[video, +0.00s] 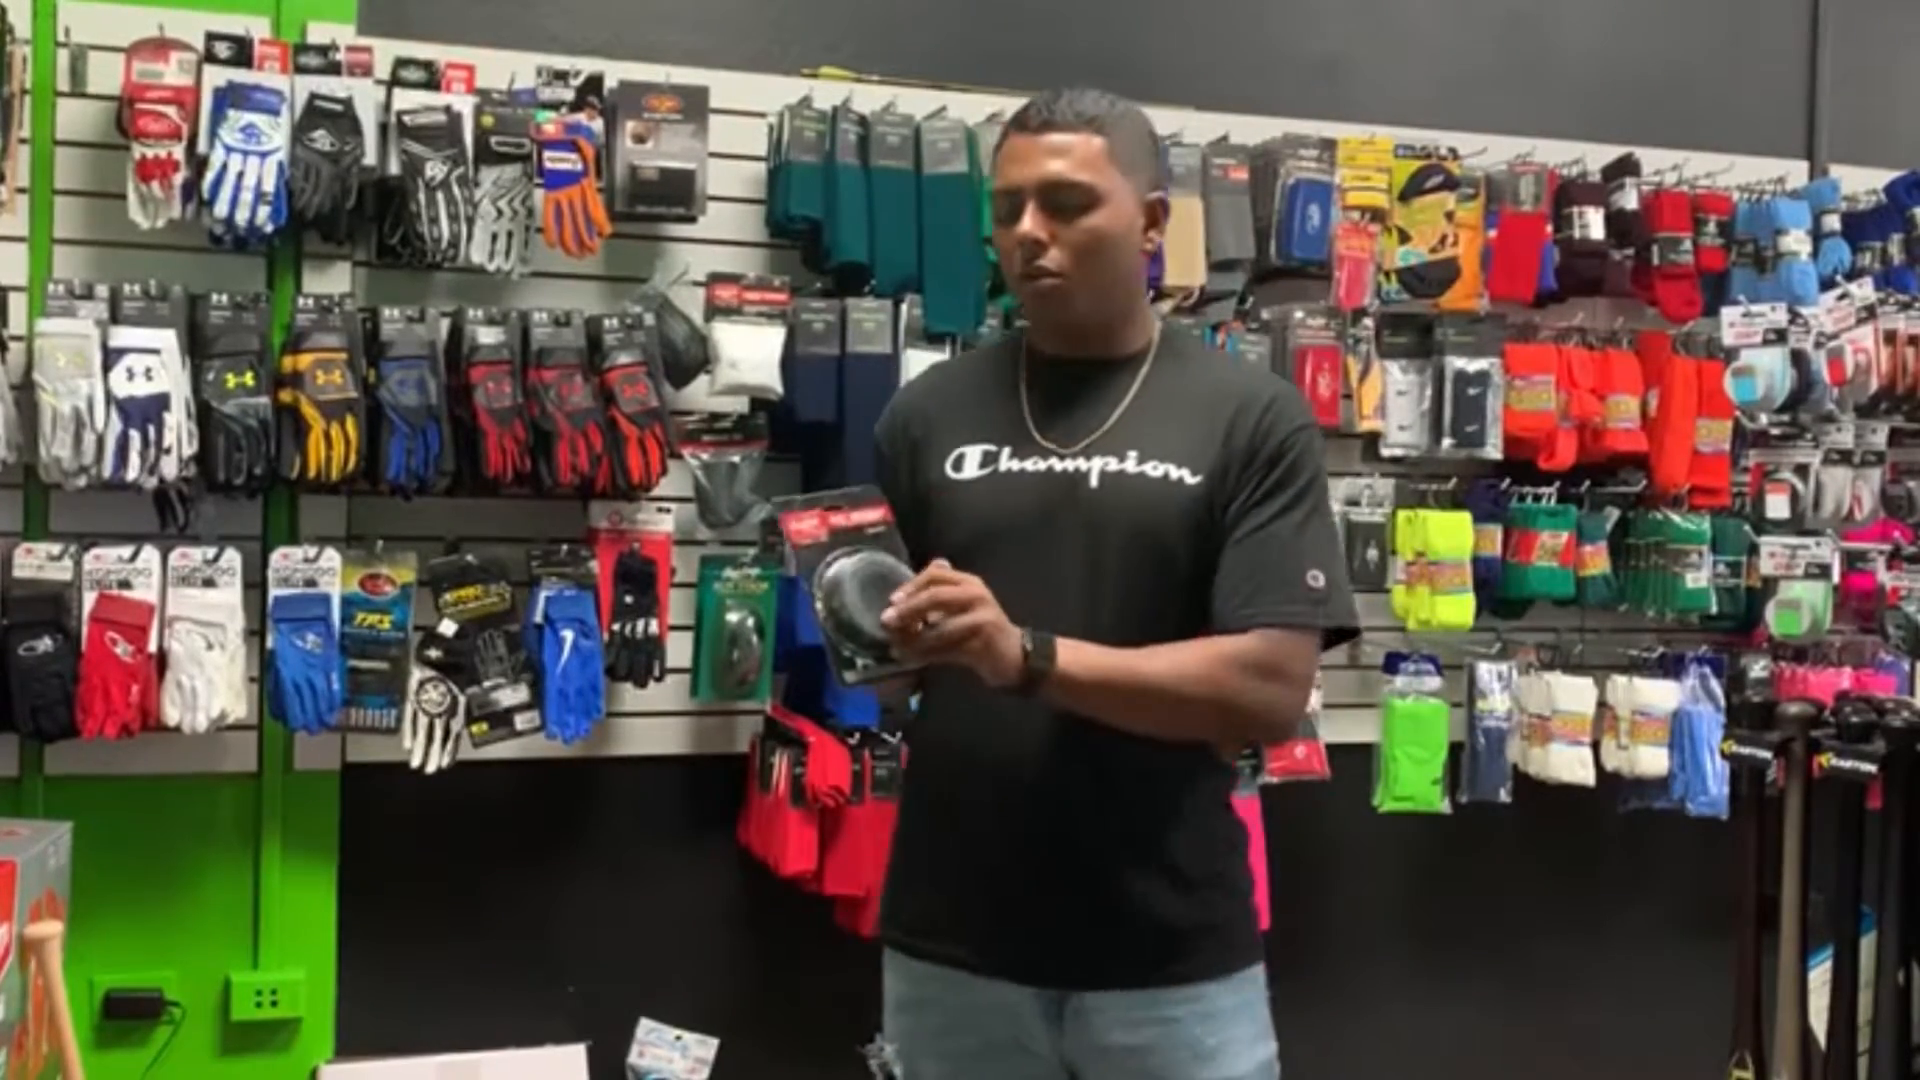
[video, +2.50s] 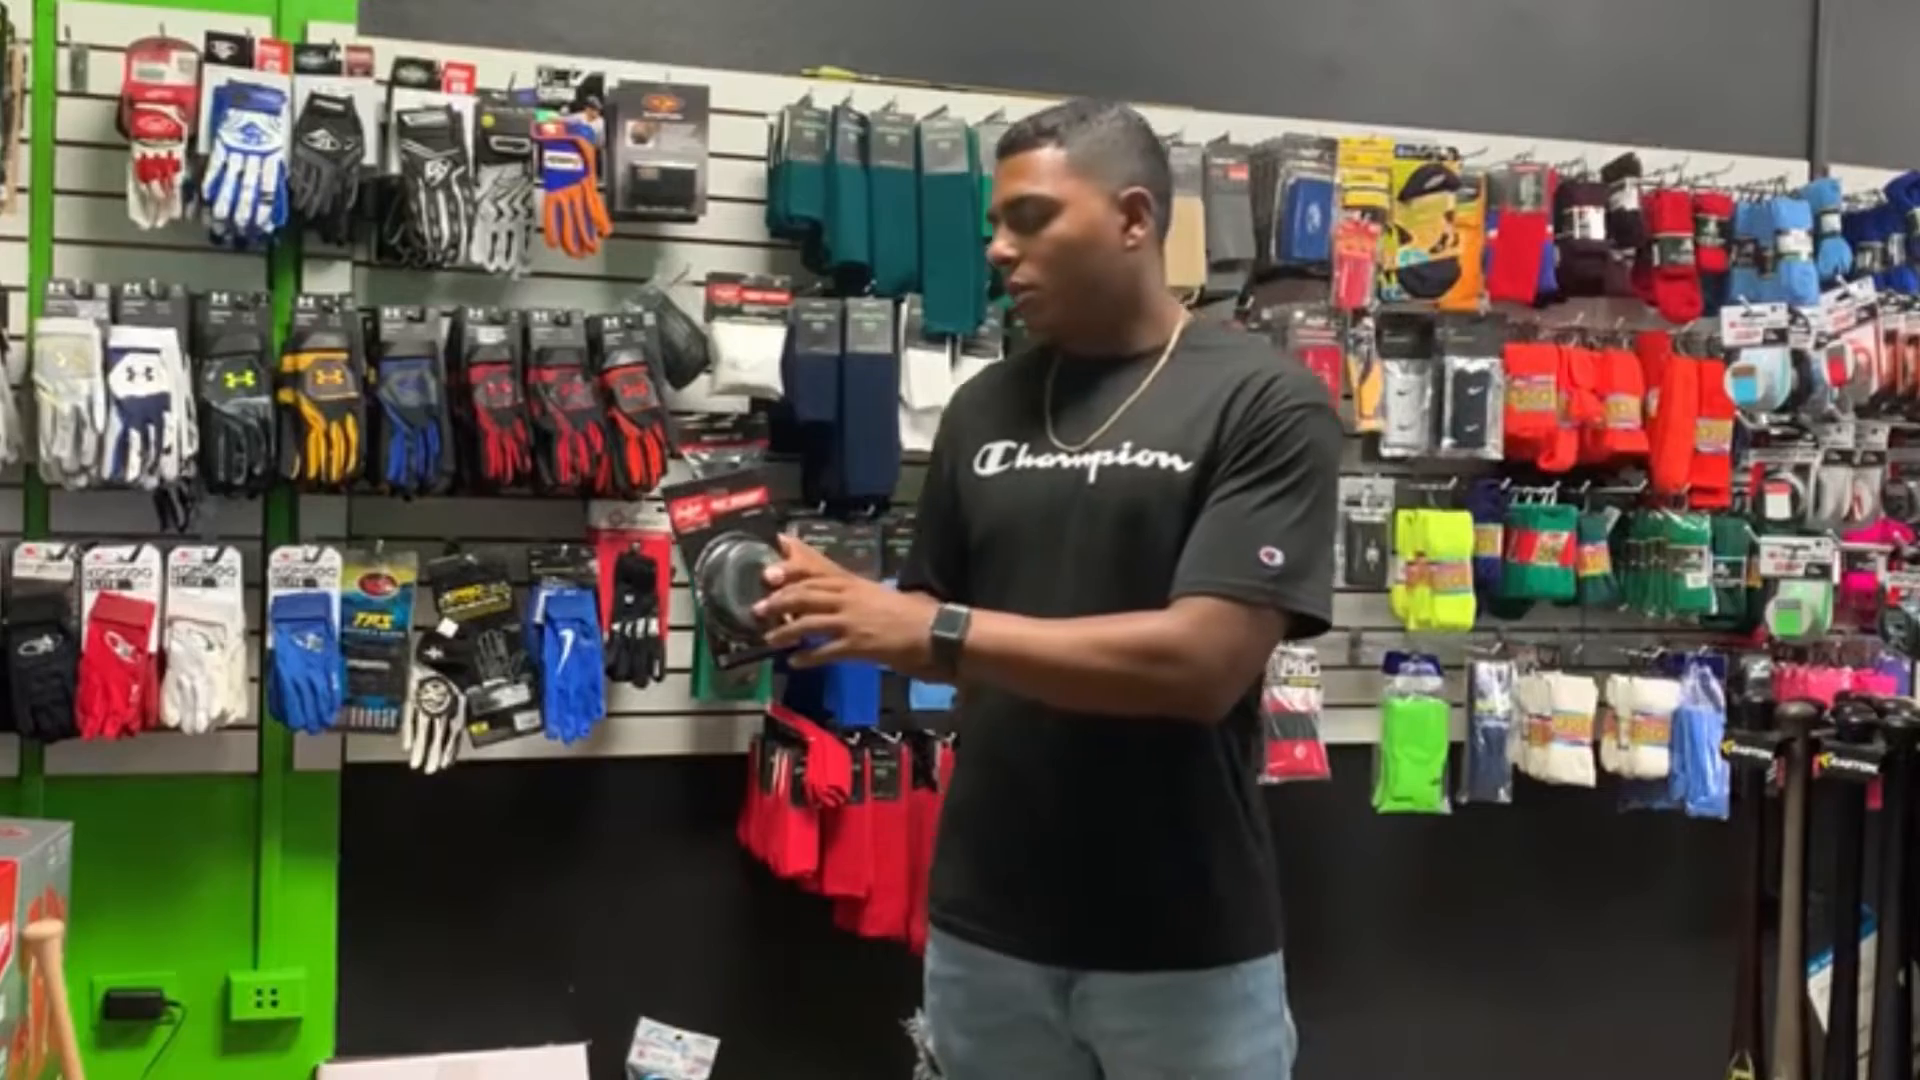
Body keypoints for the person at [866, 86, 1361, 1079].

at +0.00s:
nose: (1028, 234)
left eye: (1067, 203)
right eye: (1009, 207)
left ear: (1152, 220)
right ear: (991, 225)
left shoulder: (1252, 416)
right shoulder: (923, 416)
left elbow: (1272, 686)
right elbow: (889, 666)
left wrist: (1031, 657)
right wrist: (892, 643)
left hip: (1172, 952)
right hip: (955, 946)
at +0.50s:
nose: (1154, 236)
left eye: (1192, 205)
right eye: (1153, 207)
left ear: (1303, 210)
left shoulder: (1428, 410)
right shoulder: (1101, 402)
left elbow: (1411, 692)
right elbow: (1068, 641)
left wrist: (1126, 648)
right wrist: (1001, 624)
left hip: (1320, 973)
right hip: (1098, 950)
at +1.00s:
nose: (1270, 229)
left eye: (1309, 198)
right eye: (1269, 200)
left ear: (1425, 216)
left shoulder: (1555, 423)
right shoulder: (1227, 397)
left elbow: (1488, 705)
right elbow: (1169, 627)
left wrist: (1195, 652)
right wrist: (1080, 621)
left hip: (1418, 991)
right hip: (1196, 960)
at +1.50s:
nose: (1258, 226)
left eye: (1294, 193)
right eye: (1259, 195)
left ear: (1407, 208)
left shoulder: (1539, 418)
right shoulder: (1227, 396)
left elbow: (1442, 698)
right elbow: (1164, 605)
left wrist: (1157, 645)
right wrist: (1055, 618)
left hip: (1404, 991)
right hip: (1184, 958)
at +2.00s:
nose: (1133, 227)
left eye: (1169, 193)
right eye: (1135, 198)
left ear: (1275, 209)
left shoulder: (1399, 408)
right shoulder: (1106, 396)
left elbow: (1306, 680)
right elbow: (1047, 631)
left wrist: (1031, 623)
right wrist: (932, 605)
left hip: (1285, 961)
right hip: (1082, 939)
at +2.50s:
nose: (998, 252)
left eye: (1030, 217)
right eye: (996, 226)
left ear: (1137, 217)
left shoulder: (1266, 401)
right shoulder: (981, 408)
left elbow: (1205, 665)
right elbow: (954, 644)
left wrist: (927, 628)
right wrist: (840, 607)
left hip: (1185, 942)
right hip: (988, 931)